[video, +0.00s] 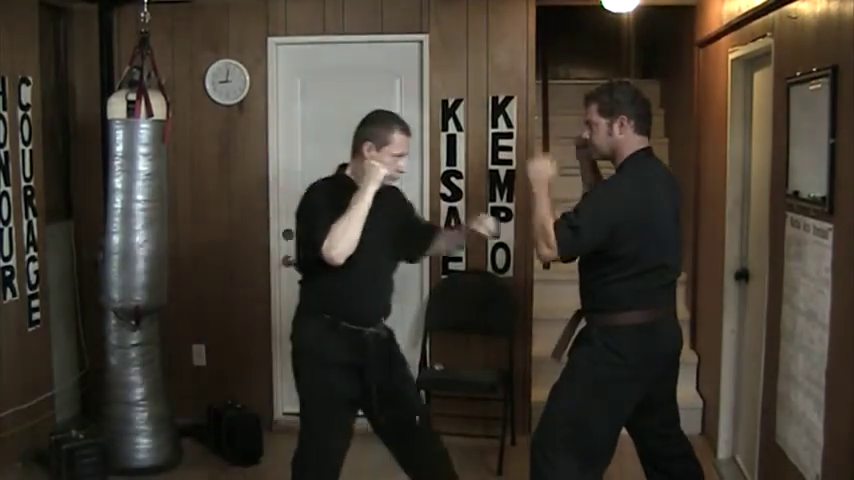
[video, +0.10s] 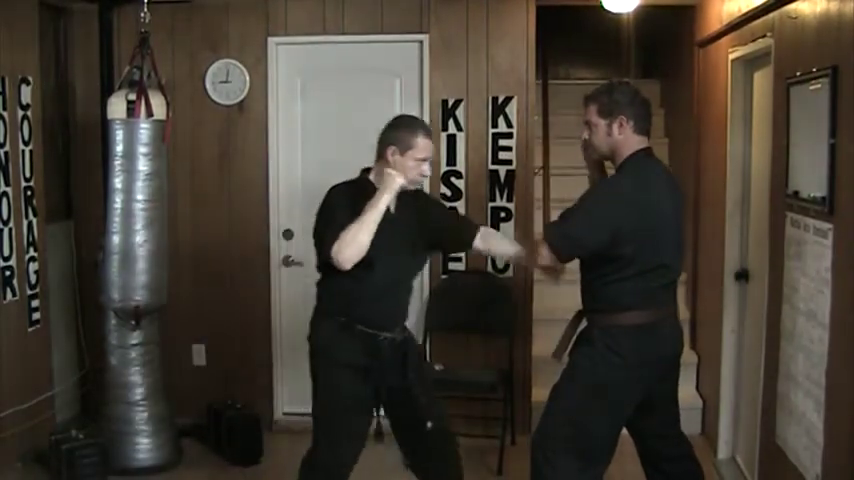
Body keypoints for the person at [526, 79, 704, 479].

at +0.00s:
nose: (586, 135)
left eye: (591, 125)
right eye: (585, 125)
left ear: (621, 126)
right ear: (626, 126)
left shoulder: (621, 187)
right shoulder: (662, 179)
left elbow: (550, 247)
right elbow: (602, 220)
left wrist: (540, 185)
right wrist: (587, 163)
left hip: (616, 342)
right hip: (659, 337)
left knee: (557, 455)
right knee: (666, 449)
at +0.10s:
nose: (585, 136)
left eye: (590, 126)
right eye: (585, 126)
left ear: (620, 126)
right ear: (628, 126)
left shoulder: (618, 189)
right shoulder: (663, 180)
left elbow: (548, 253)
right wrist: (595, 169)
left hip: (617, 342)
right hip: (661, 336)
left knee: (557, 454)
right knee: (666, 450)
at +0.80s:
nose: (577, 144)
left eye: (583, 134)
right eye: (577, 134)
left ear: (615, 132)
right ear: (612, 134)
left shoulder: (649, 192)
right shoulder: (609, 182)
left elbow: (597, 258)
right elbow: (543, 212)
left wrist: (582, 184)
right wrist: (497, 176)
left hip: (631, 344)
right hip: (615, 338)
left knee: (563, 455)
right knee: (658, 451)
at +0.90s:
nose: (577, 143)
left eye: (583, 133)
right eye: (577, 133)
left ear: (613, 132)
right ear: (611, 133)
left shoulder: (644, 191)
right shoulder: (611, 182)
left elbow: (587, 256)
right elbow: (553, 216)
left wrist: (572, 182)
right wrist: (520, 175)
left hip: (629, 342)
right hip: (614, 337)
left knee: (560, 455)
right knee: (657, 448)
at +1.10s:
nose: (581, 139)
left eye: (586, 129)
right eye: (581, 130)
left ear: (617, 128)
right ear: (620, 129)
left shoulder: (632, 186)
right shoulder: (647, 180)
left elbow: (567, 246)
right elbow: (585, 224)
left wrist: (548, 177)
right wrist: (568, 178)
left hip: (619, 342)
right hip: (647, 337)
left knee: (557, 455)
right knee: (661, 448)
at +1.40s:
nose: (585, 137)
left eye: (591, 127)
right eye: (585, 128)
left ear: (621, 127)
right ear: (625, 127)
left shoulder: (630, 185)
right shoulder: (659, 180)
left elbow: (559, 241)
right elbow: (597, 226)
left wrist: (547, 170)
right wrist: (581, 170)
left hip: (617, 341)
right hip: (653, 337)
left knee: (556, 455)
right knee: (663, 451)